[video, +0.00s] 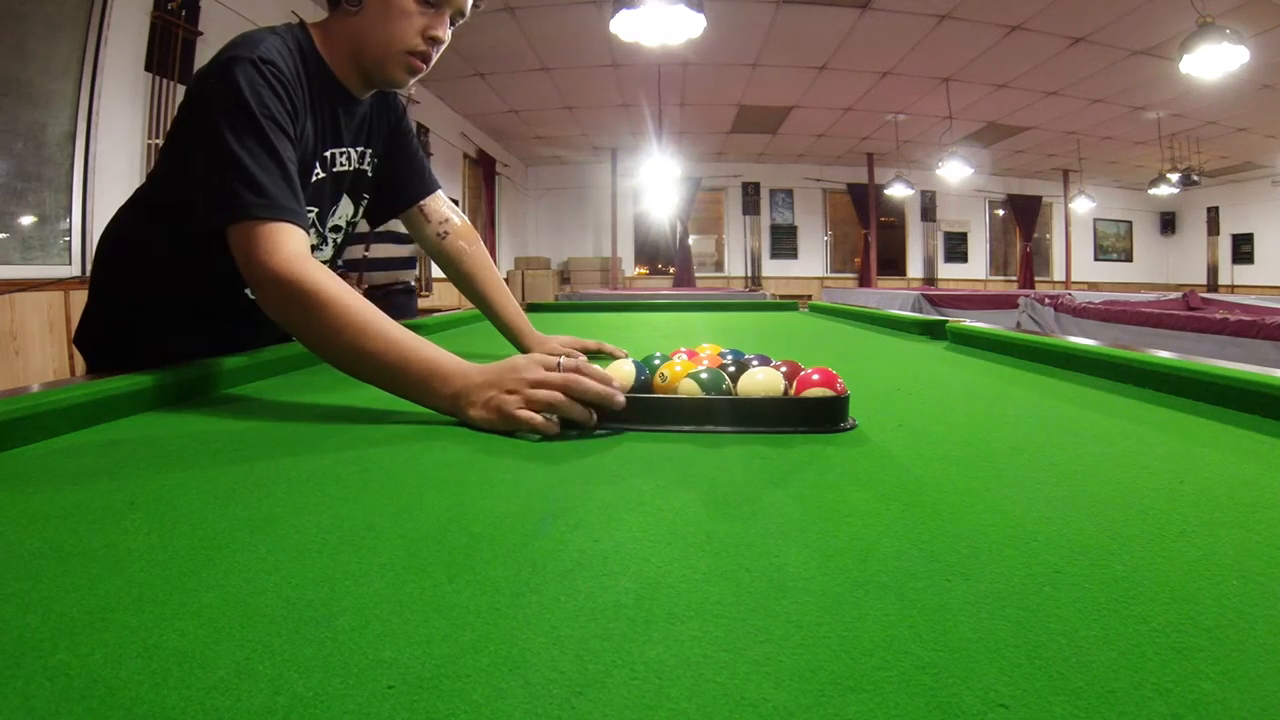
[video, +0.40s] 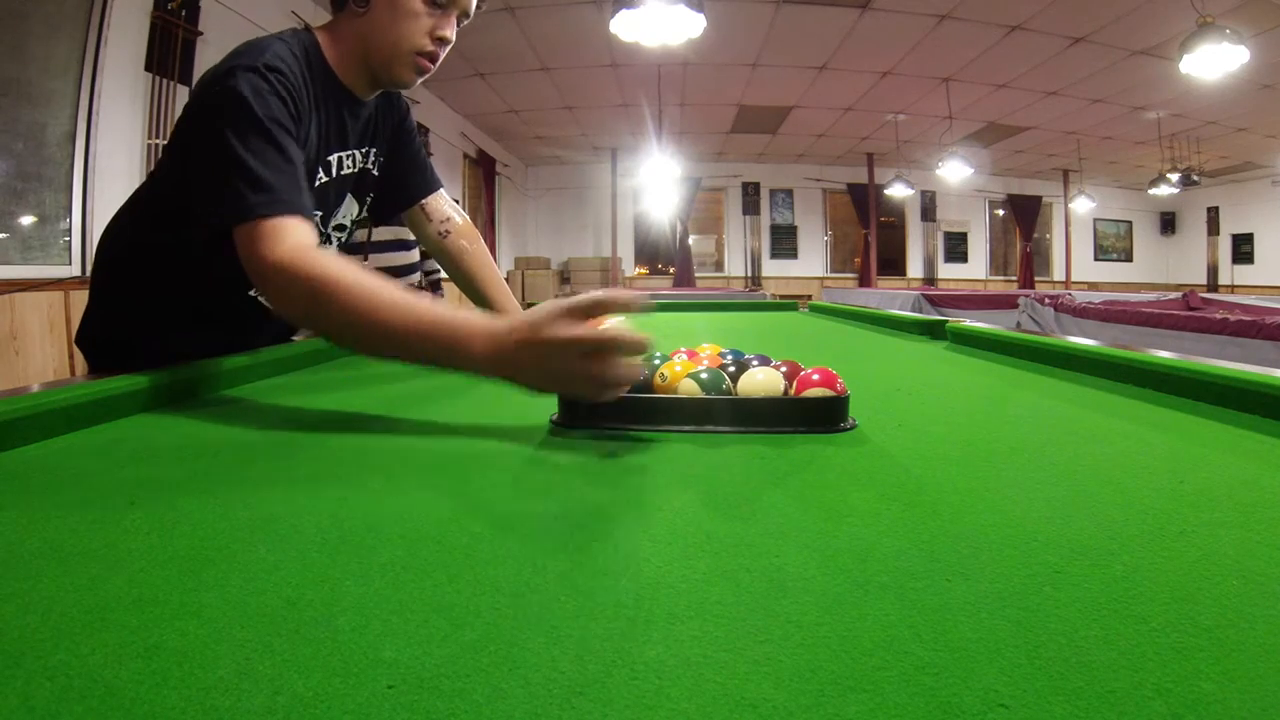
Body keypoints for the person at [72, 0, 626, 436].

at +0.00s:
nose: (441, 36)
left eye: (452, 21)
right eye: (428, 7)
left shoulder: (382, 107)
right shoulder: (255, 72)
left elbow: (442, 227)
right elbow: (279, 271)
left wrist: (529, 340)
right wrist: (464, 385)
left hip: (262, 335)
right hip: (152, 341)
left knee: (241, 525)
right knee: (138, 534)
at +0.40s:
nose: (450, 35)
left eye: (458, 21)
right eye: (438, 6)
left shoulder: (386, 110)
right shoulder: (259, 81)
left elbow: (447, 225)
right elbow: (283, 266)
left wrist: (517, 329)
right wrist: (496, 347)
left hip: (258, 333)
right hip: (150, 334)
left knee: (243, 513)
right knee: (141, 522)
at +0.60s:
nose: (454, 41)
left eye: (463, 26)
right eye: (442, 12)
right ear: (366, 0)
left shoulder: (389, 109)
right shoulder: (273, 75)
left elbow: (446, 228)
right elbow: (330, 235)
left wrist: (523, 329)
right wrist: (579, 302)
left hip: (261, 334)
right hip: (151, 337)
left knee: (253, 518)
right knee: (144, 526)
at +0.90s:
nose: (457, 48)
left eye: (467, 33)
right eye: (446, 17)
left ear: (449, 41)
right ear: (376, 1)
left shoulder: (387, 112)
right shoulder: (280, 76)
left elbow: (449, 227)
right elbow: (312, 232)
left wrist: (523, 330)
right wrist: (569, 301)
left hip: (255, 337)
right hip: (149, 338)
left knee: (238, 524)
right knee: (133, 534)